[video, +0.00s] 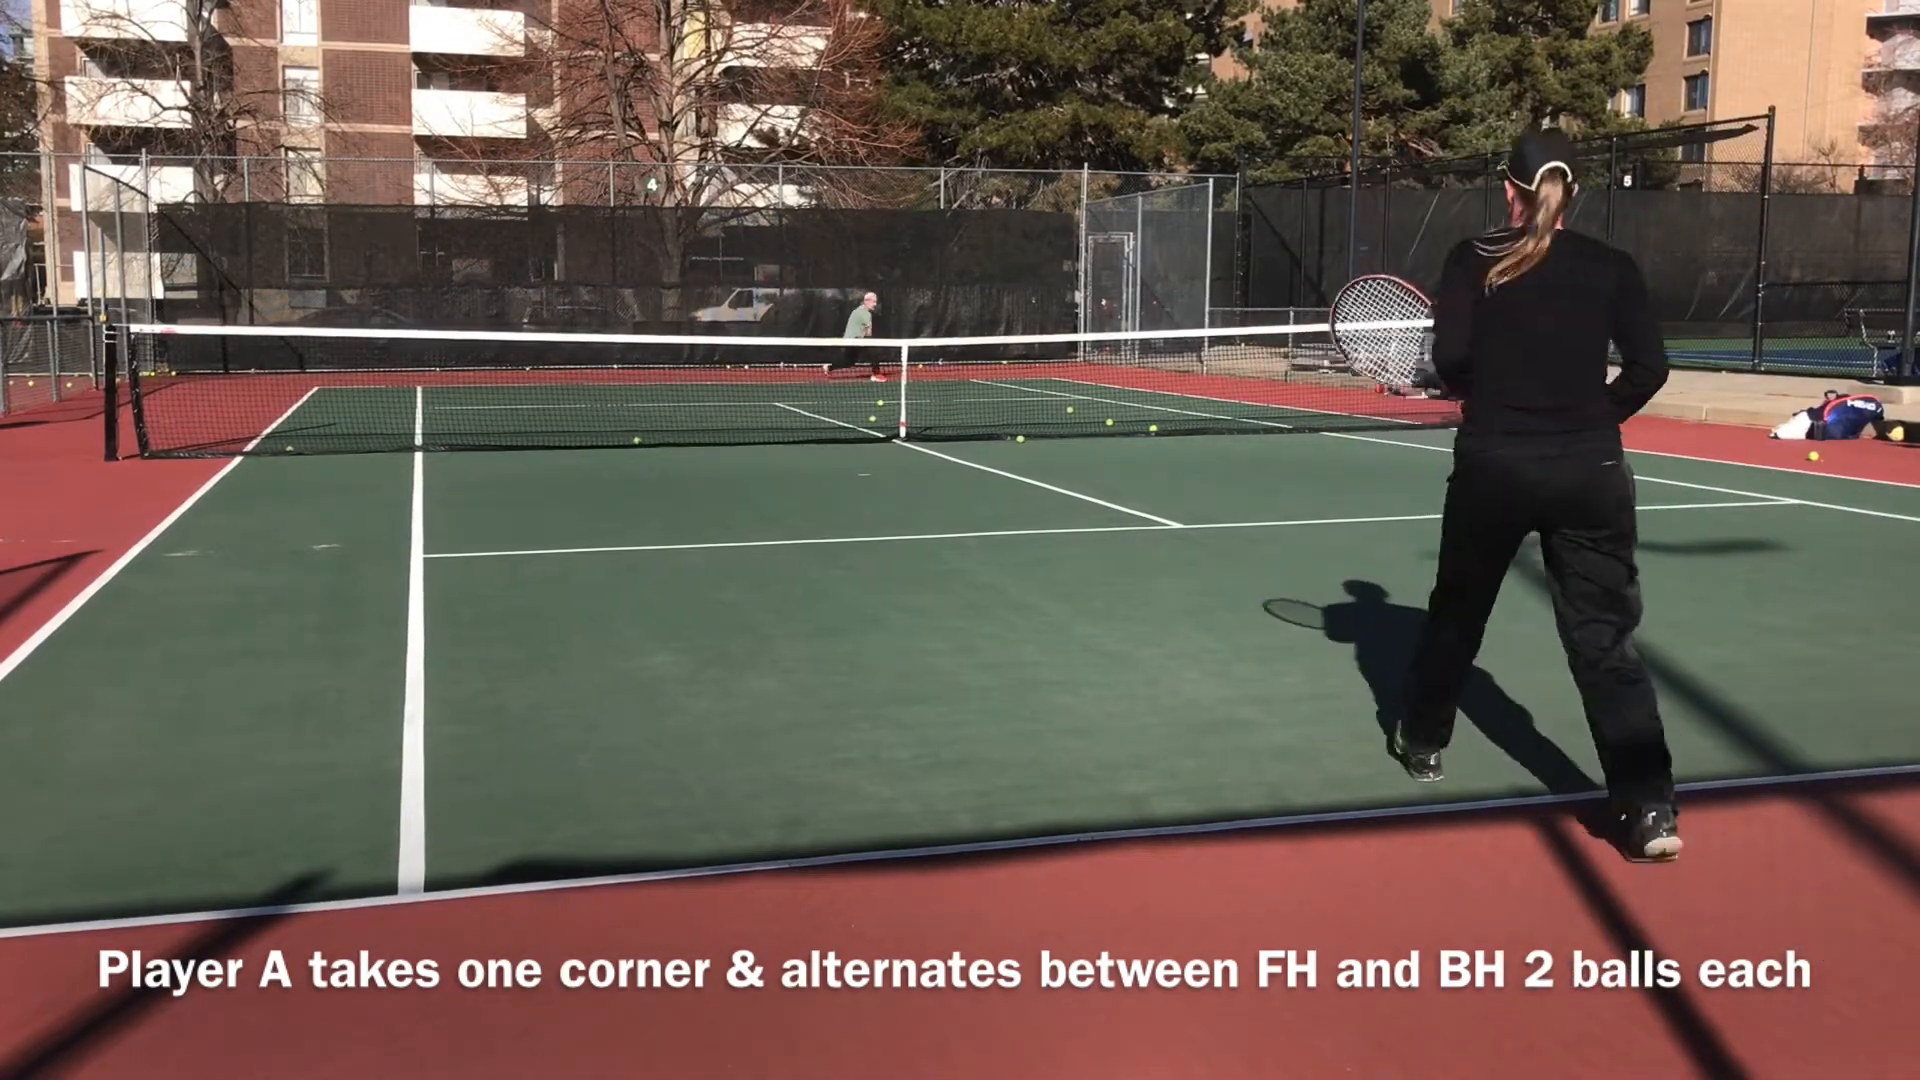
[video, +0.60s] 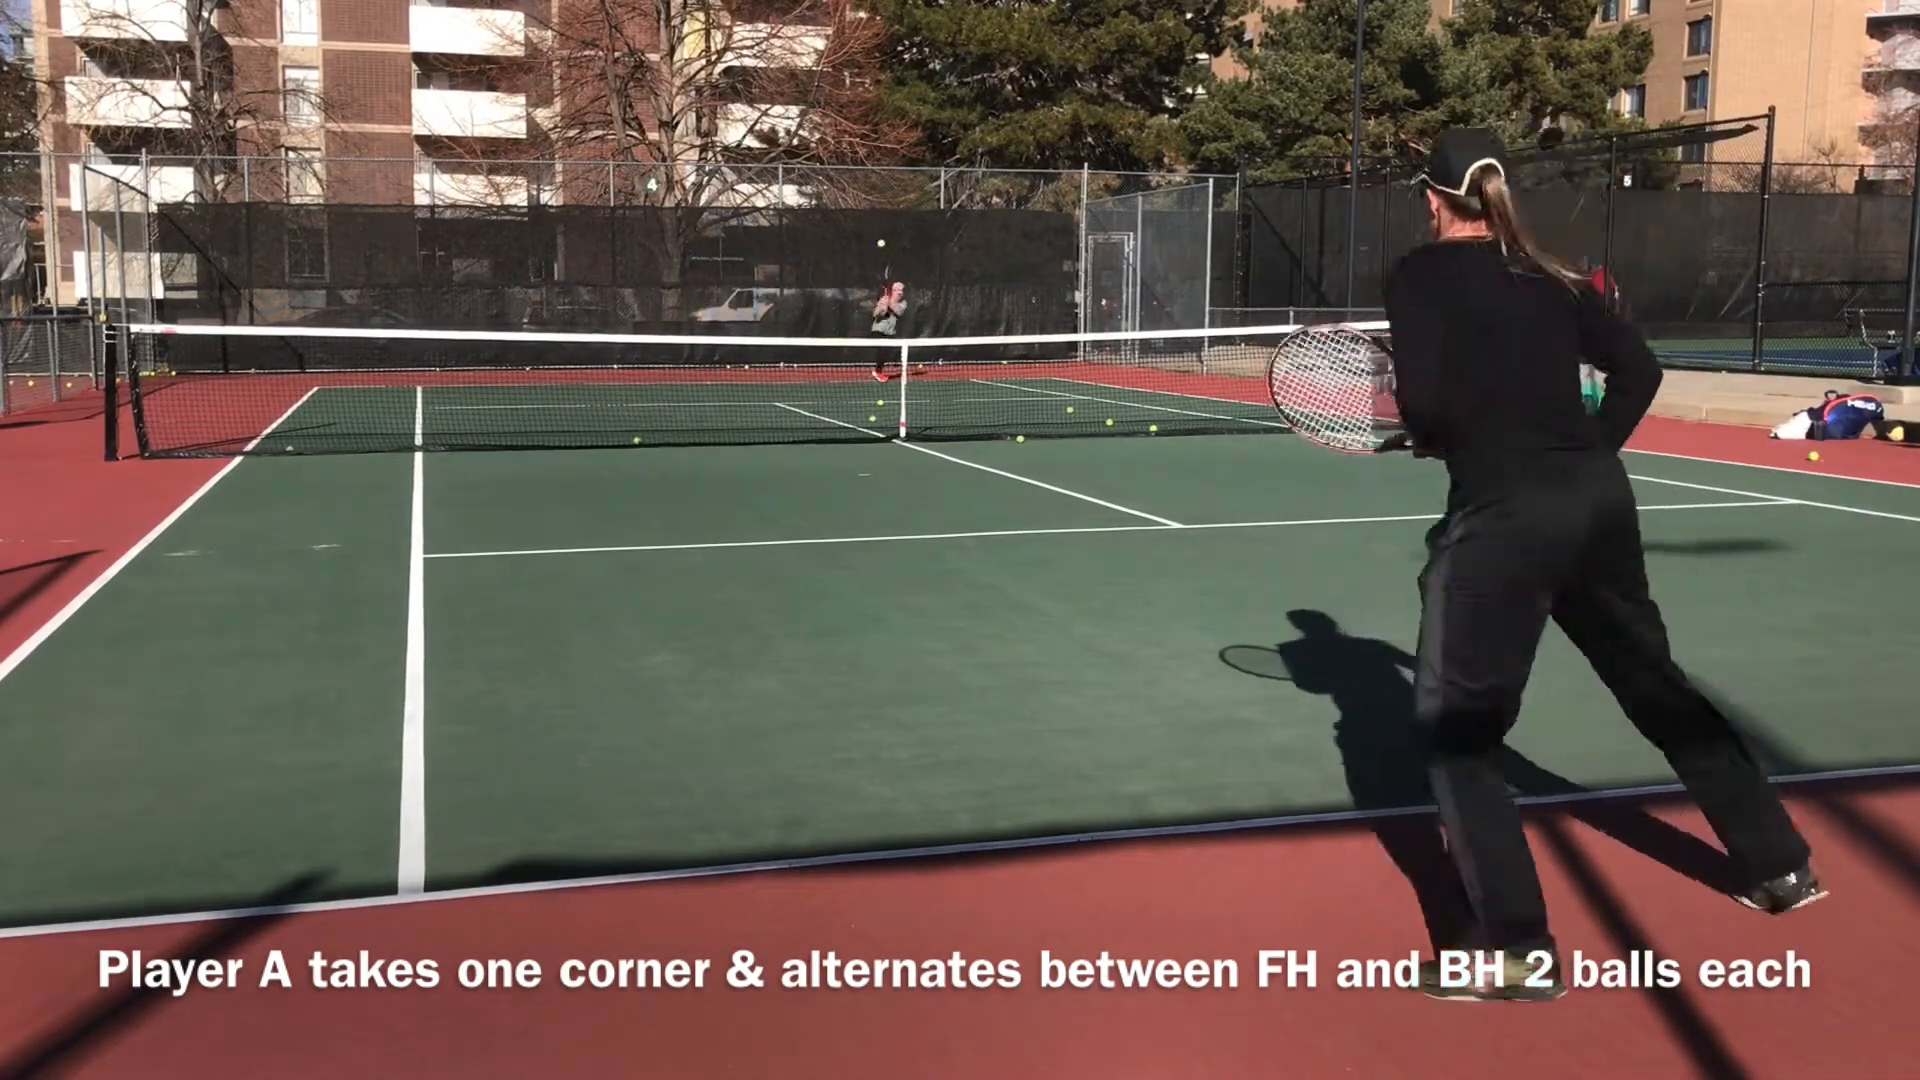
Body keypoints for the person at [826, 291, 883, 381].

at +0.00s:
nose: (875, 304)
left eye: (875, 302)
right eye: (873, 302)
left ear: (866, 302)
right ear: (866, 302)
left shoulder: (857, 310)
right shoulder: (866, 314)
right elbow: (869, 332)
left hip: (849, 339)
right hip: (857, 339)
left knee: (849, 361)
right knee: (874, 353)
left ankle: (829, 367)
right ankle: (875, 374)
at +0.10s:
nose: (885, 307)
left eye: (885, 304)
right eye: (883, 304)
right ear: (875, 304)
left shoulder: (877, 316)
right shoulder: (868, 315)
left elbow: (882, 331)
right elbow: (876, 333)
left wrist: (881, 334)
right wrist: (883, 333)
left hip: (865, 340)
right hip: (857, 340)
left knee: (856, 364)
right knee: (876, 351)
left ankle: (836, 368)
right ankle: (876, 374)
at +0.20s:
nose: (892, 307)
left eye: (892, 305)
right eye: (890, 304)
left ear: (887, 305)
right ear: (883, 304)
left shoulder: (887, 316)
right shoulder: (875, 311)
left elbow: (893, 328)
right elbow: (877, 326)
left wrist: (898, 330)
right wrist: (890, 328)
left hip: (869, 338)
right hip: (862, 337)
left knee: (860, 364)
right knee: (877, 351)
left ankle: (837, 368)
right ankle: (876, 374)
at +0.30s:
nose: (894, 304)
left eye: (895, 302)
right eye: (892, 301)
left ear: (896, 303)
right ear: (887, 302)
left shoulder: (890, 312)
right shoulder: (878, 308)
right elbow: (876, 324)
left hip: (877, 337)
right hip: (867, 334)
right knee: (877, 353)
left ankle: (842, 365)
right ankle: (876, 374)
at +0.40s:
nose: (898, 301)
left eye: (899, 298)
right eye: (896, 298)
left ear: (899, 299)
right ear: (889, 298)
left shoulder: (893, 311)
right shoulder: (883, 307)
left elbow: (896, 309)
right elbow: (872, 314)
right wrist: (879, 303)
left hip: (881, 335)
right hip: (871, 332)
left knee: (883, 354)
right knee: (878, 353)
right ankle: (876, 372)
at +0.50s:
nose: (900, 296)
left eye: (901, 294)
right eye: (897, 293)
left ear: (902, 295)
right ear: (890, 294)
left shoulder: (895, 308)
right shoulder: (884, 303)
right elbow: (873, 313)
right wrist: (881, 300)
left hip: (884, 334)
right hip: (874, 331)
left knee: (887, 353)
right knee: (882, 351)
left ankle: (879, 371)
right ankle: (876, 371)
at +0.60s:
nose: (900, 293)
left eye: (901, 291)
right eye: (897, 290)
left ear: (903, 292)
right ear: (892, 291)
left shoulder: (902, 303)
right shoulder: (884, 300)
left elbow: (899, 312)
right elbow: (876, 313)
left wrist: (890, 303)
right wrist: (884, 304)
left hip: (890, 330)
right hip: (879, 328)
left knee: (886, 350)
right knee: (881, 349)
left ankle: (879, 370)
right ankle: (877, 370)